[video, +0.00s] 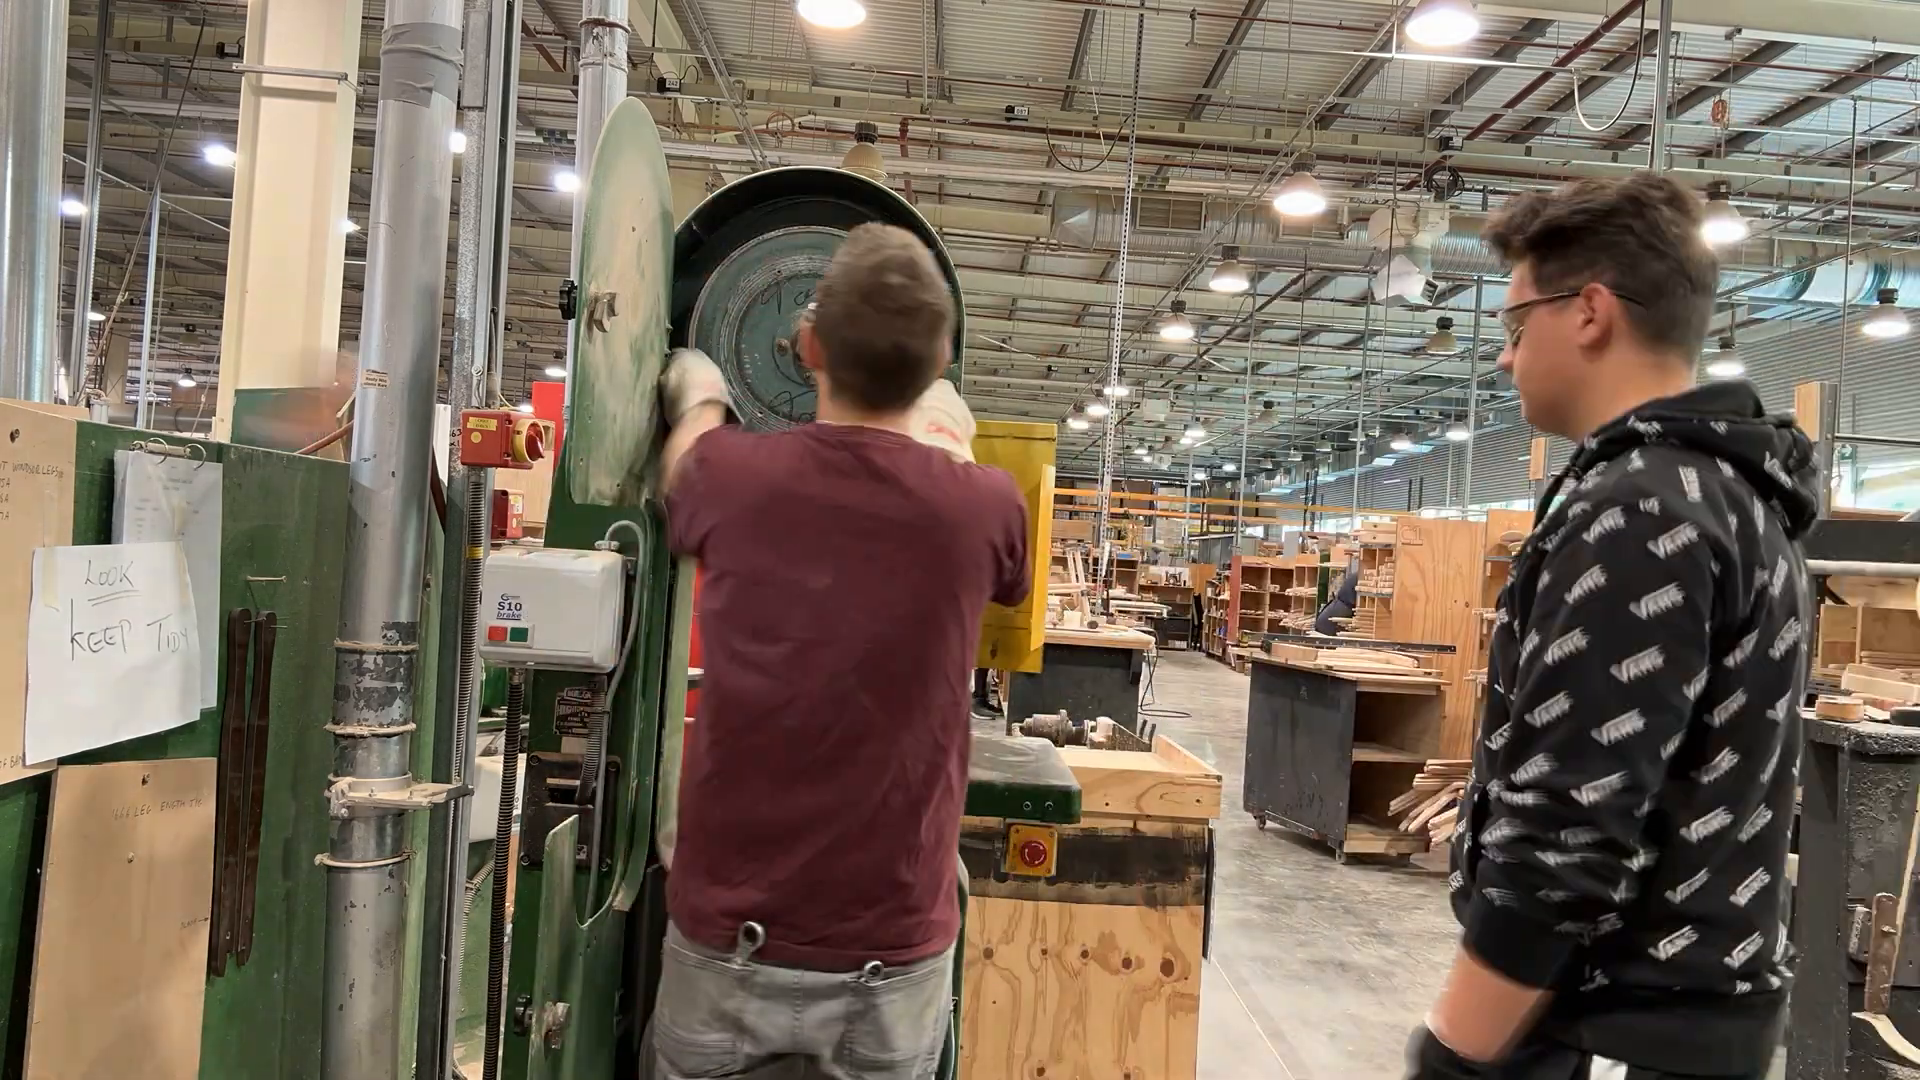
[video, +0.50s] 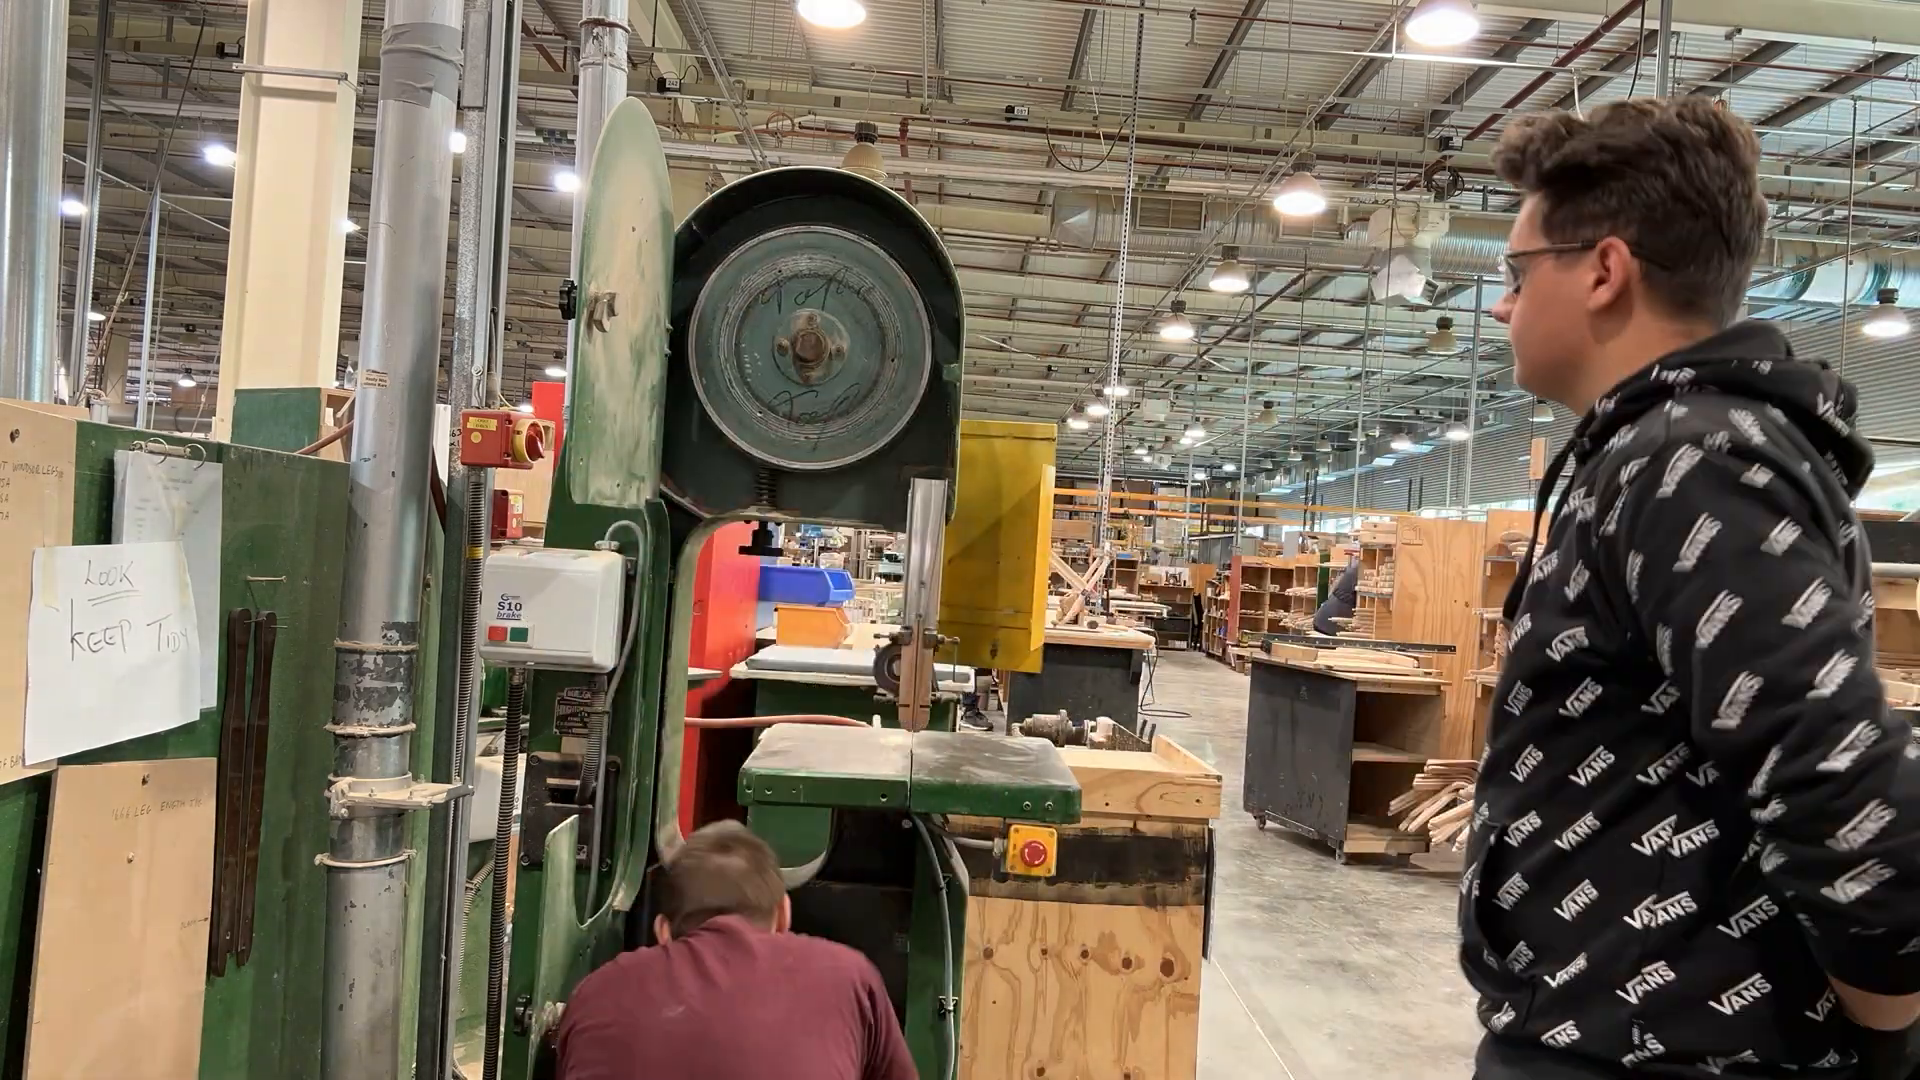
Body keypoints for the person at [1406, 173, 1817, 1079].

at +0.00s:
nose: (1506, 354)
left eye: (1518, 321)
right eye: (1508, 325)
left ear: (1593, 315)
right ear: (1594, 317)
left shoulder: (1643, 504)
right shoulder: (1732, 485)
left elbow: (1562, 848)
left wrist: (1448, 1051)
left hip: (1618, 1039)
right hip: (1696, 1024)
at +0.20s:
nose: (1503, 379)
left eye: (1508, 342)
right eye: (1499, 349)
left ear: (1583, 323)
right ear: (1591, 325)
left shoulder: (1656, 513)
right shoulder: (1728, 490)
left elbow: (1584, 867)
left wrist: (1467, 1063)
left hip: (1628, 1037)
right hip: (1693, 1023)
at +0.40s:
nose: (1205, 610)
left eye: (1202, 576)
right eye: (1197, 581)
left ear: (1249, 556)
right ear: (1318, 529)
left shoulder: (1381, 711)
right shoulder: (1477, 587)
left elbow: (1500, 1029)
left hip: (1794, 1028)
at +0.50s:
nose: (1503, 307)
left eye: (1519, 269)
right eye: (1508, 274)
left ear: (1605, 272)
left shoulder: (1690, 460)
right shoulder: (1647, 444)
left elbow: (1838, 777)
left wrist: (1883, 1019)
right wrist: (1871, 1007)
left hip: (1641, 1044)